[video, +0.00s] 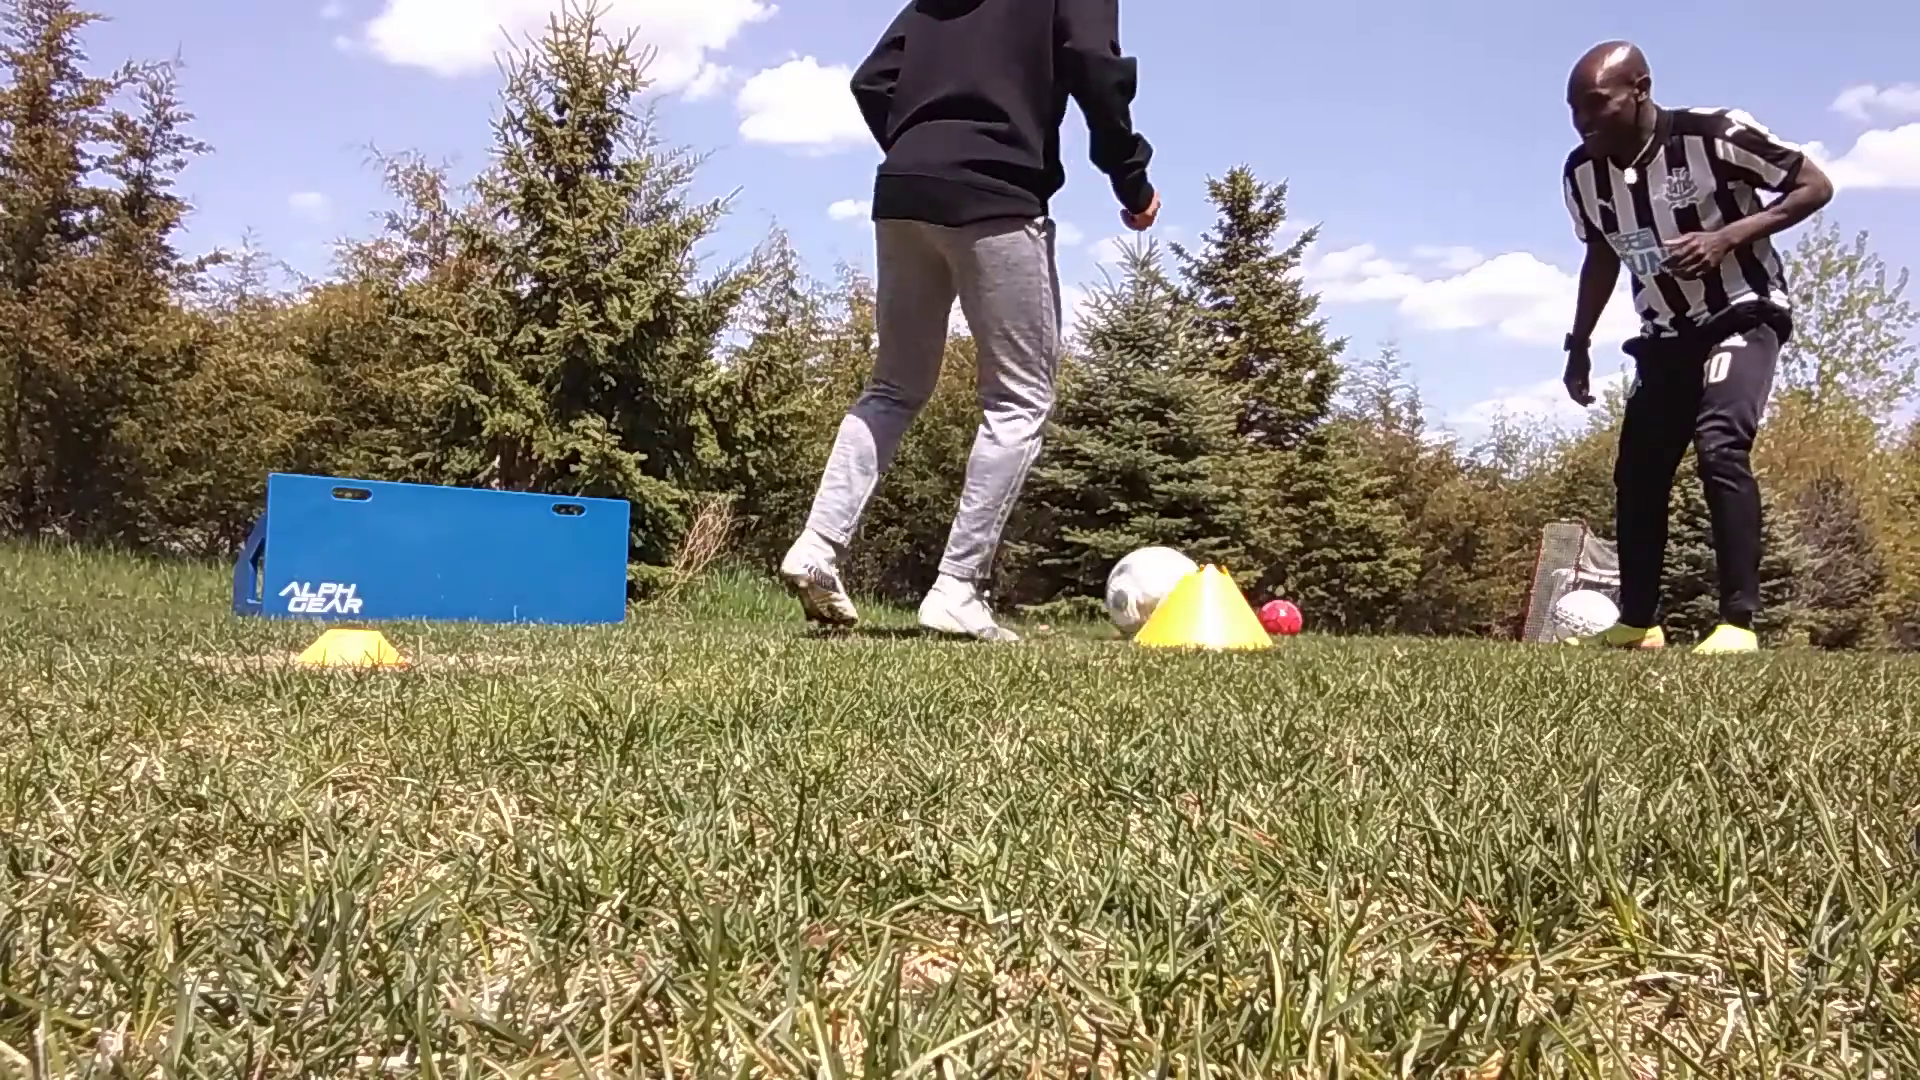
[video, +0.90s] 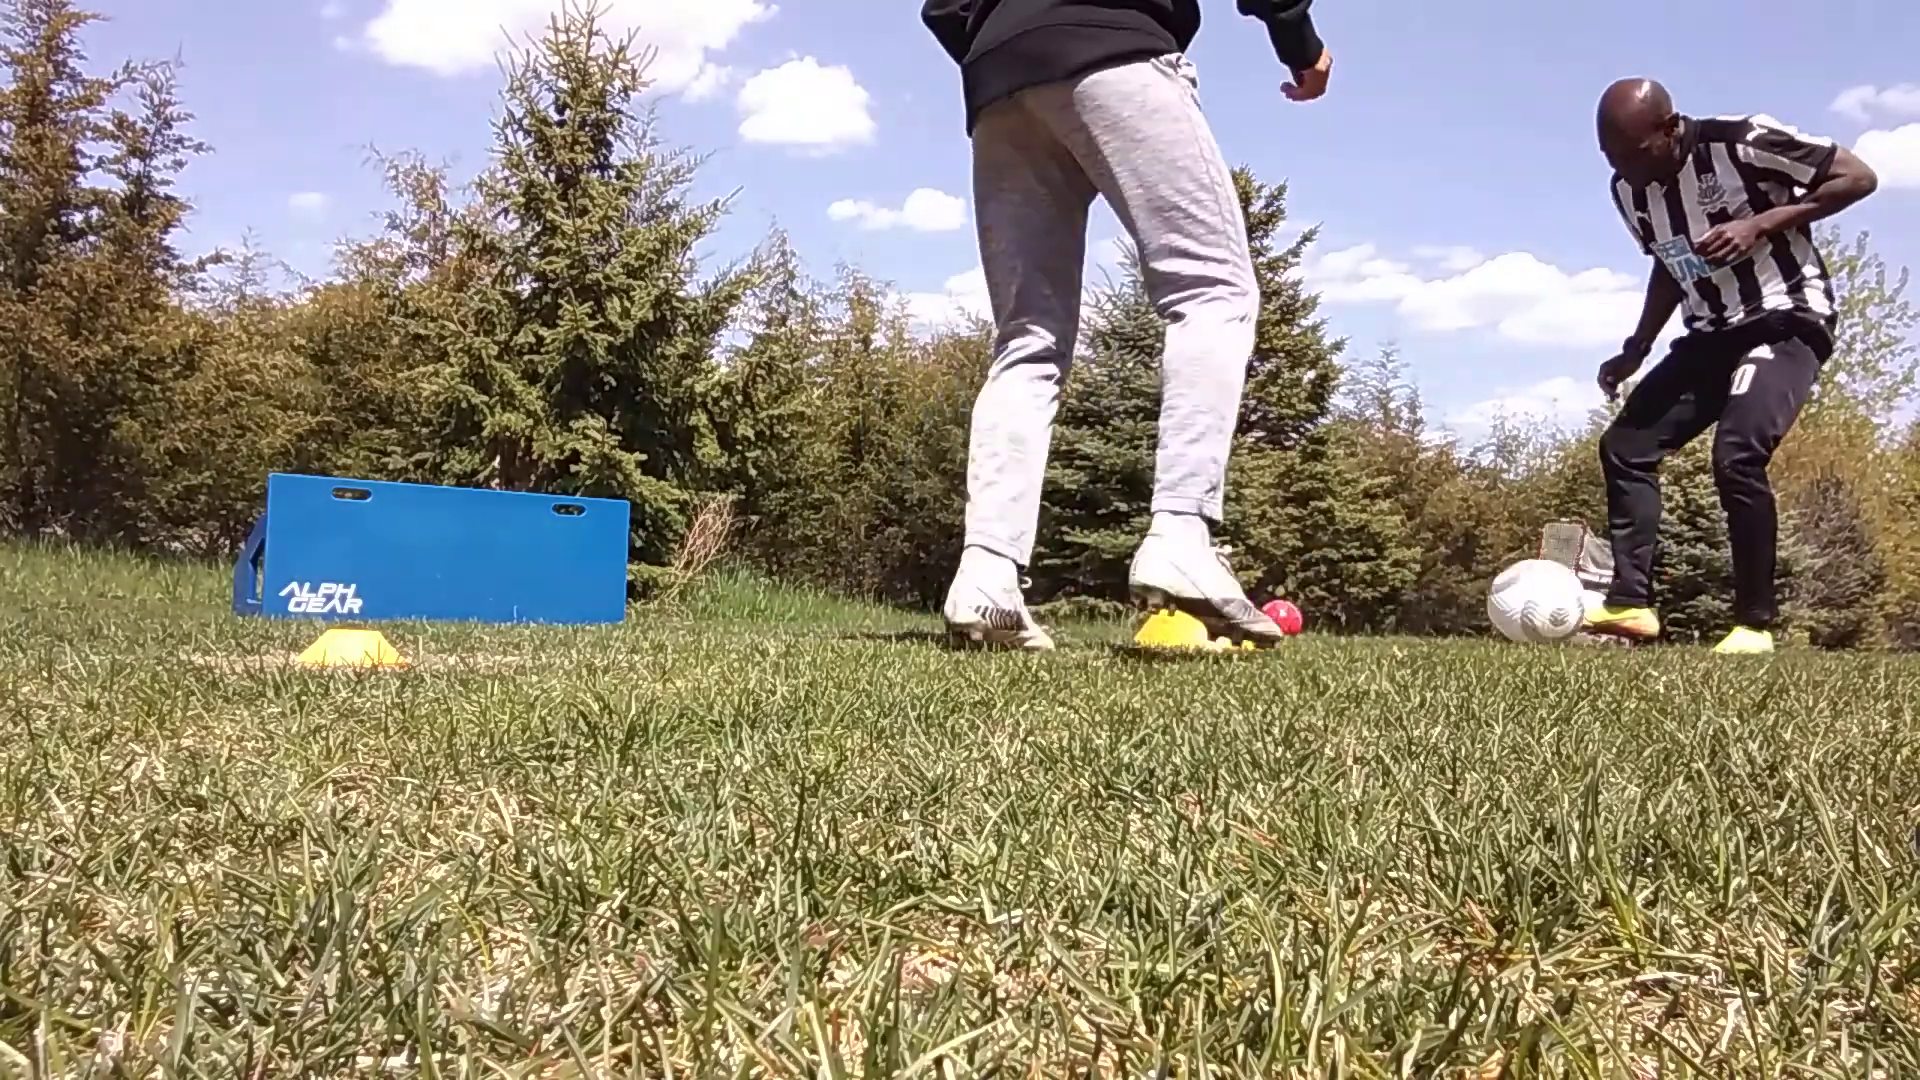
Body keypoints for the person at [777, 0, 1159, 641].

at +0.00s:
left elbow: (873, 77)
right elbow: (1093, 60)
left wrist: (921, 155)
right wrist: (1131, 176)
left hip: (902, 182)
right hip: (995, 185)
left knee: (894, 387)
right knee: (1019, 400)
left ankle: (816, 549)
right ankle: (956, 591)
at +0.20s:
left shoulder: (913, 25)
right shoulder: (1072, 15)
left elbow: (858, 116)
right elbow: (1143, 131)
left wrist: (901, 189)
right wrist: (1185, 253)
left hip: (926, 229)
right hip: (1020, 228)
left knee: (952, 387)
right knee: (1045, 427)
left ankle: (921, 561)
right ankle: (960, 603)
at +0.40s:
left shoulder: (918, 13)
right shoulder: (1074, 1)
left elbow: (870, 118)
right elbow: (1120, 92)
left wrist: (929, 191)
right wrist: (1143, 204)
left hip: (925, 210)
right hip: (1015, 195)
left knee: (970, 403)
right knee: (1083, 397)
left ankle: (883, 591)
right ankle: (996, 585)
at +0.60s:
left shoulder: (950, 10)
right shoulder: (1092, 1)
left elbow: (903, 123)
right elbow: (1147, 64)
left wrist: (967, 189)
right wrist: (1215, 181)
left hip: (952, 212)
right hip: (1050, 197)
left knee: (952, 417)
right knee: (1155, 391)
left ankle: (880, 600)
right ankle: (1091, 583)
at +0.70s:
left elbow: (925, 67)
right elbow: (1218, 20)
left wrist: (984, 141)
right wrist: (1270, 121)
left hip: (969, 146)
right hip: (1077, 132)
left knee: (978, 384)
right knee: (1145, 371)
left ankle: (897, 585)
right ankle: (1085, 596)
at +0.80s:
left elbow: (938, 22)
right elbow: (1250, 1)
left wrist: (993, 84)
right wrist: (1288, 57)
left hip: (982, 79)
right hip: (1097, 58)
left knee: (1026, 327)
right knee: (1140, 325)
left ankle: (952, 519)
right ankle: (1117, 572)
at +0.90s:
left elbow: (942, 3)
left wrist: (1000, 56)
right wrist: (1299, 39)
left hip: (993, 61)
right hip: (1110, 36)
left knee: (1028, 341)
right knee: (1211, 292)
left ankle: (986, 581)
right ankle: (1182, 539)